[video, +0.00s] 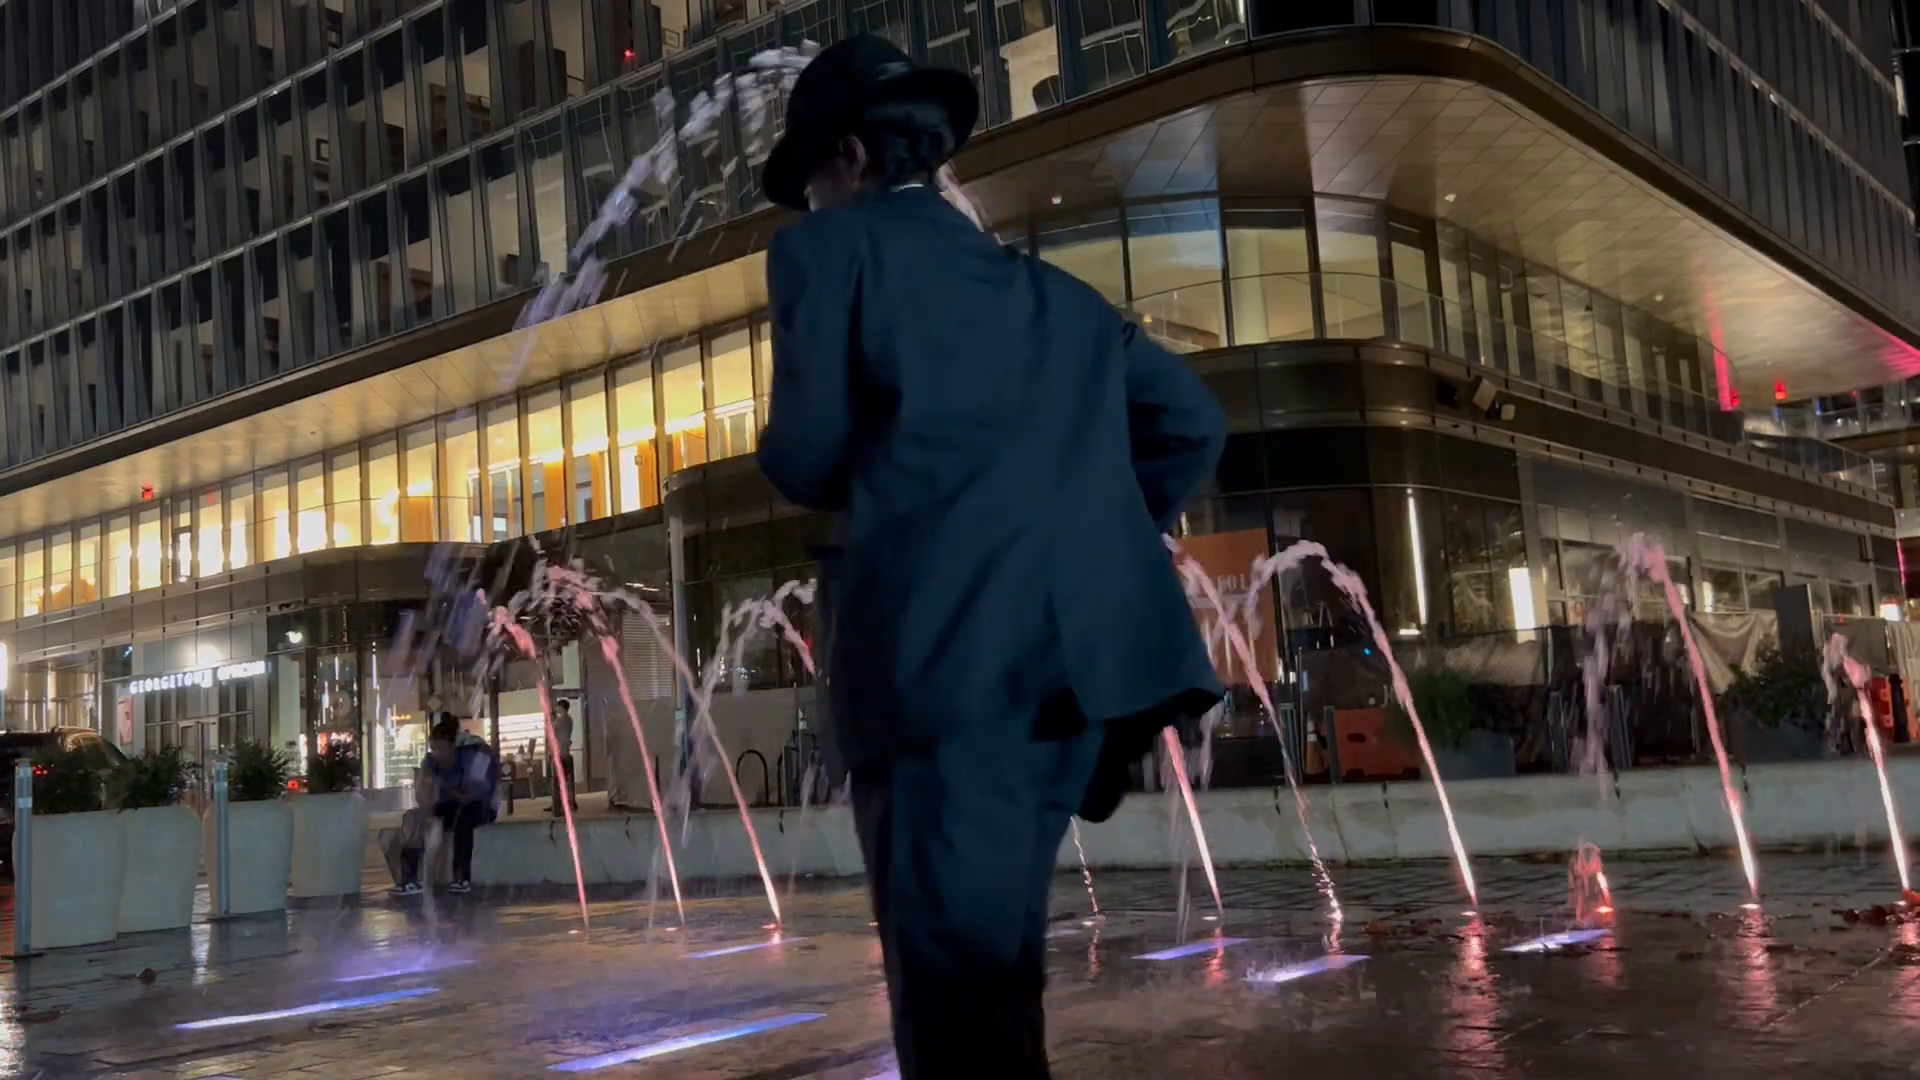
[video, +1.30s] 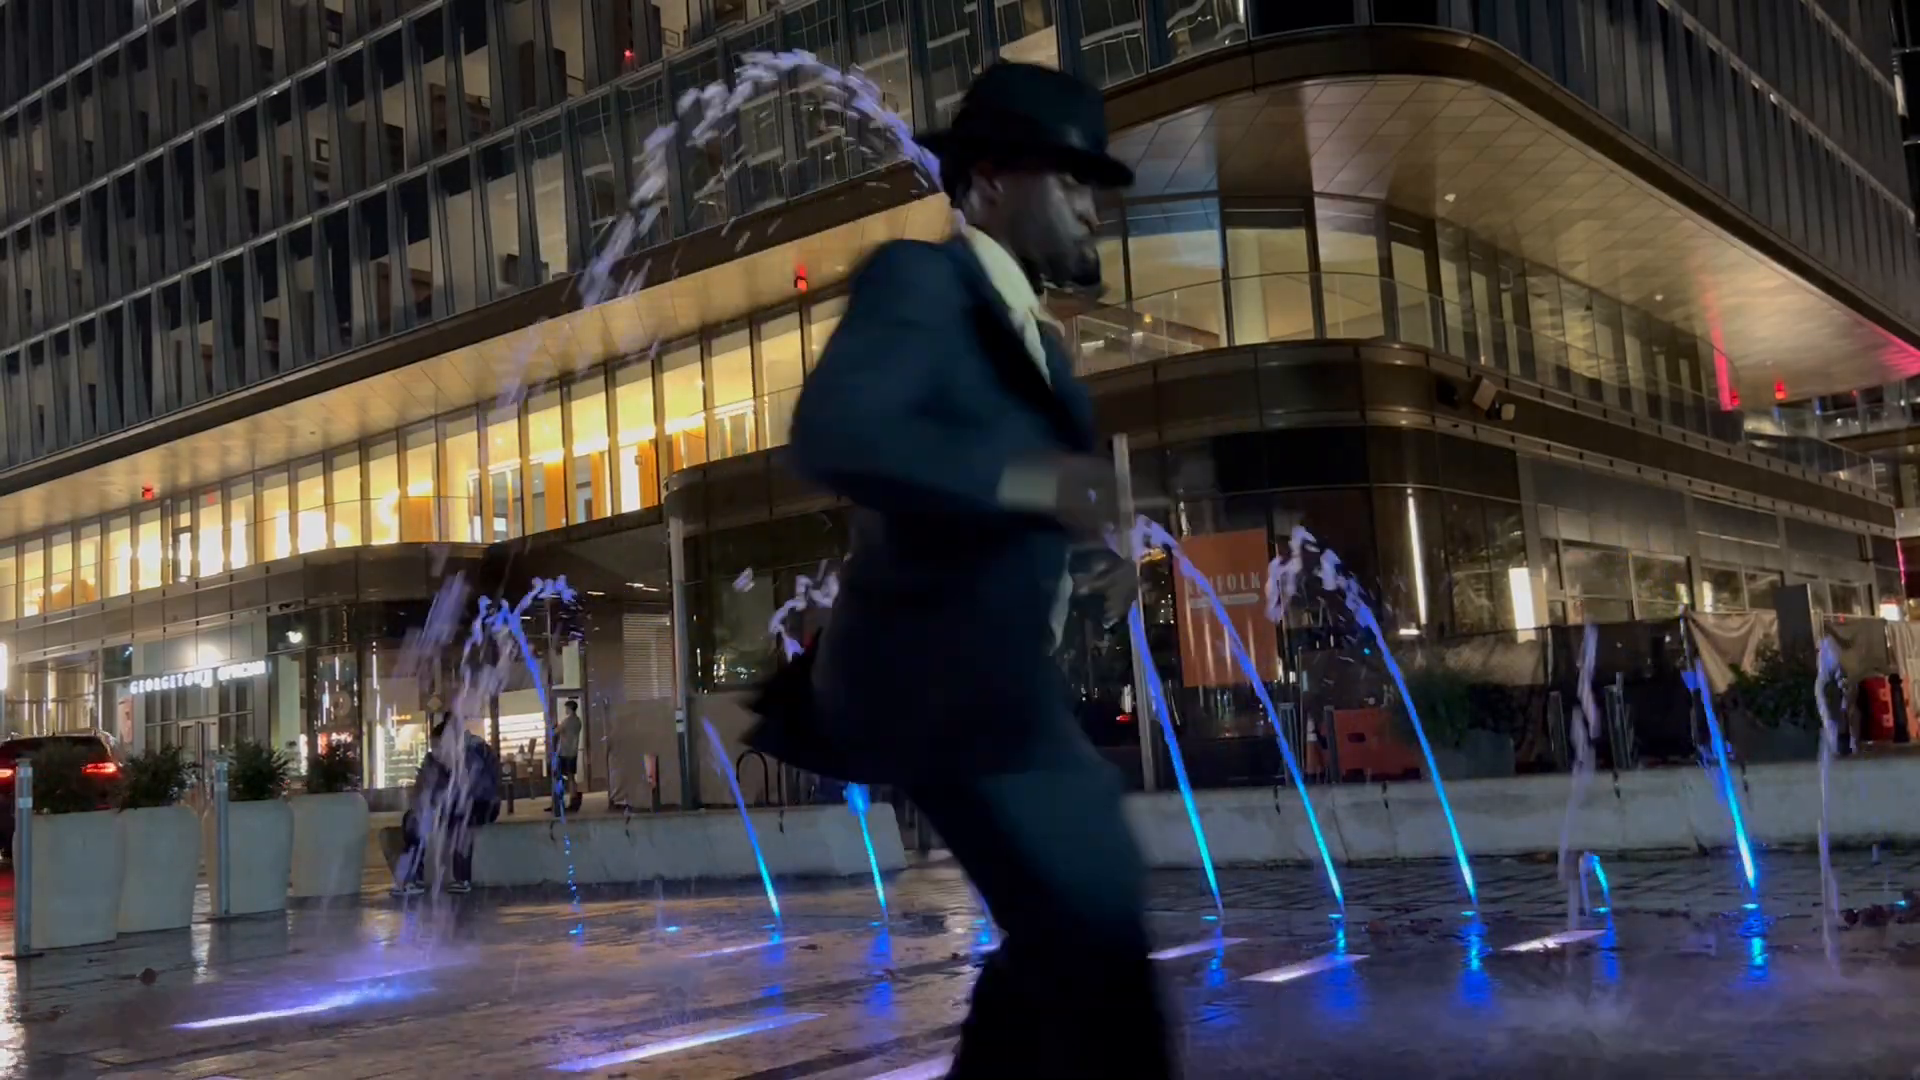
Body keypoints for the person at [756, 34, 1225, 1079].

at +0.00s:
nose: (808, 207)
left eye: (810, 182)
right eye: (805, 186)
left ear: (851, 157)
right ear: (926, 161)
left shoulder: (830, 242)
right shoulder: (1048, 285)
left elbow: (804, 455)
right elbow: (1191, 423)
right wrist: (1107, 532)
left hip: (947, 635)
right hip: (1092, 633)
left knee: (946, 981)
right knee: (1003, 965)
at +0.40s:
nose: (781, 250)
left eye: (781, 226)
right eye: (775, 232)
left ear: (818, 198)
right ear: (898, 192)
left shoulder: (813, 269)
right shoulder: (994, 296)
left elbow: (800, 483)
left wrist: (809, 614)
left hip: (946, 671)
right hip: (1071, 668)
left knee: (936, 996)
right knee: (986, 975)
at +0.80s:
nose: (747, 354)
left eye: (740, 323)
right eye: (739, 334)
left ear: (756, 290)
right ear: (838, 276)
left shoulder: (830, 336)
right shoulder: (895, 351)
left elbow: (839, 519)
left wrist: (652, 649)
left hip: (1017, 701)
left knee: (880, 976)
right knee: (1014, 972)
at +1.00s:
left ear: (837, 294)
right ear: (953, 265)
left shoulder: (792, 406)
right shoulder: (1039, 327)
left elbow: (816, 606)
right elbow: (1170, 463)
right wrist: (1166, 627)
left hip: (929, 731)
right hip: (1093, 704)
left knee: (854, 1009)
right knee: (1035, 974)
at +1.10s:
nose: (1060, 248)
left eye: (1056, 230)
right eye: (1047, 229)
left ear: (933, 240)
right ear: (1002, 231)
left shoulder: (871, 369)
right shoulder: (1036, 299)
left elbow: (846, 523)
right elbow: (1067, 434)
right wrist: (1216, 564)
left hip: (880, 702)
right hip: (1041, 686)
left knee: (900, 994)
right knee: (1093, 989)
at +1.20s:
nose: (1094, 242)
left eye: (1097, 221)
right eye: (1078, 216)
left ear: (1009, 212)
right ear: (1002, 211)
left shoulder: (962, 312)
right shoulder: (996, 297)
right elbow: (985, 451)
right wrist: (1194, 505)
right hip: (994, 723)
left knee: (993, 988)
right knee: (1145, 984)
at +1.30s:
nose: (1094, 212)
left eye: (1096, 189)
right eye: (1073, 184)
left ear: (1009, 191)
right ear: (989, 184)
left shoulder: (1025, 326)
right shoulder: (919, 279)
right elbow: (835, 436)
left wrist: (1081, 558)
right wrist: (1037, 480)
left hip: (998, 680)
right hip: (942, 687)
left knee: (1074, 926)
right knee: (1087, 923)